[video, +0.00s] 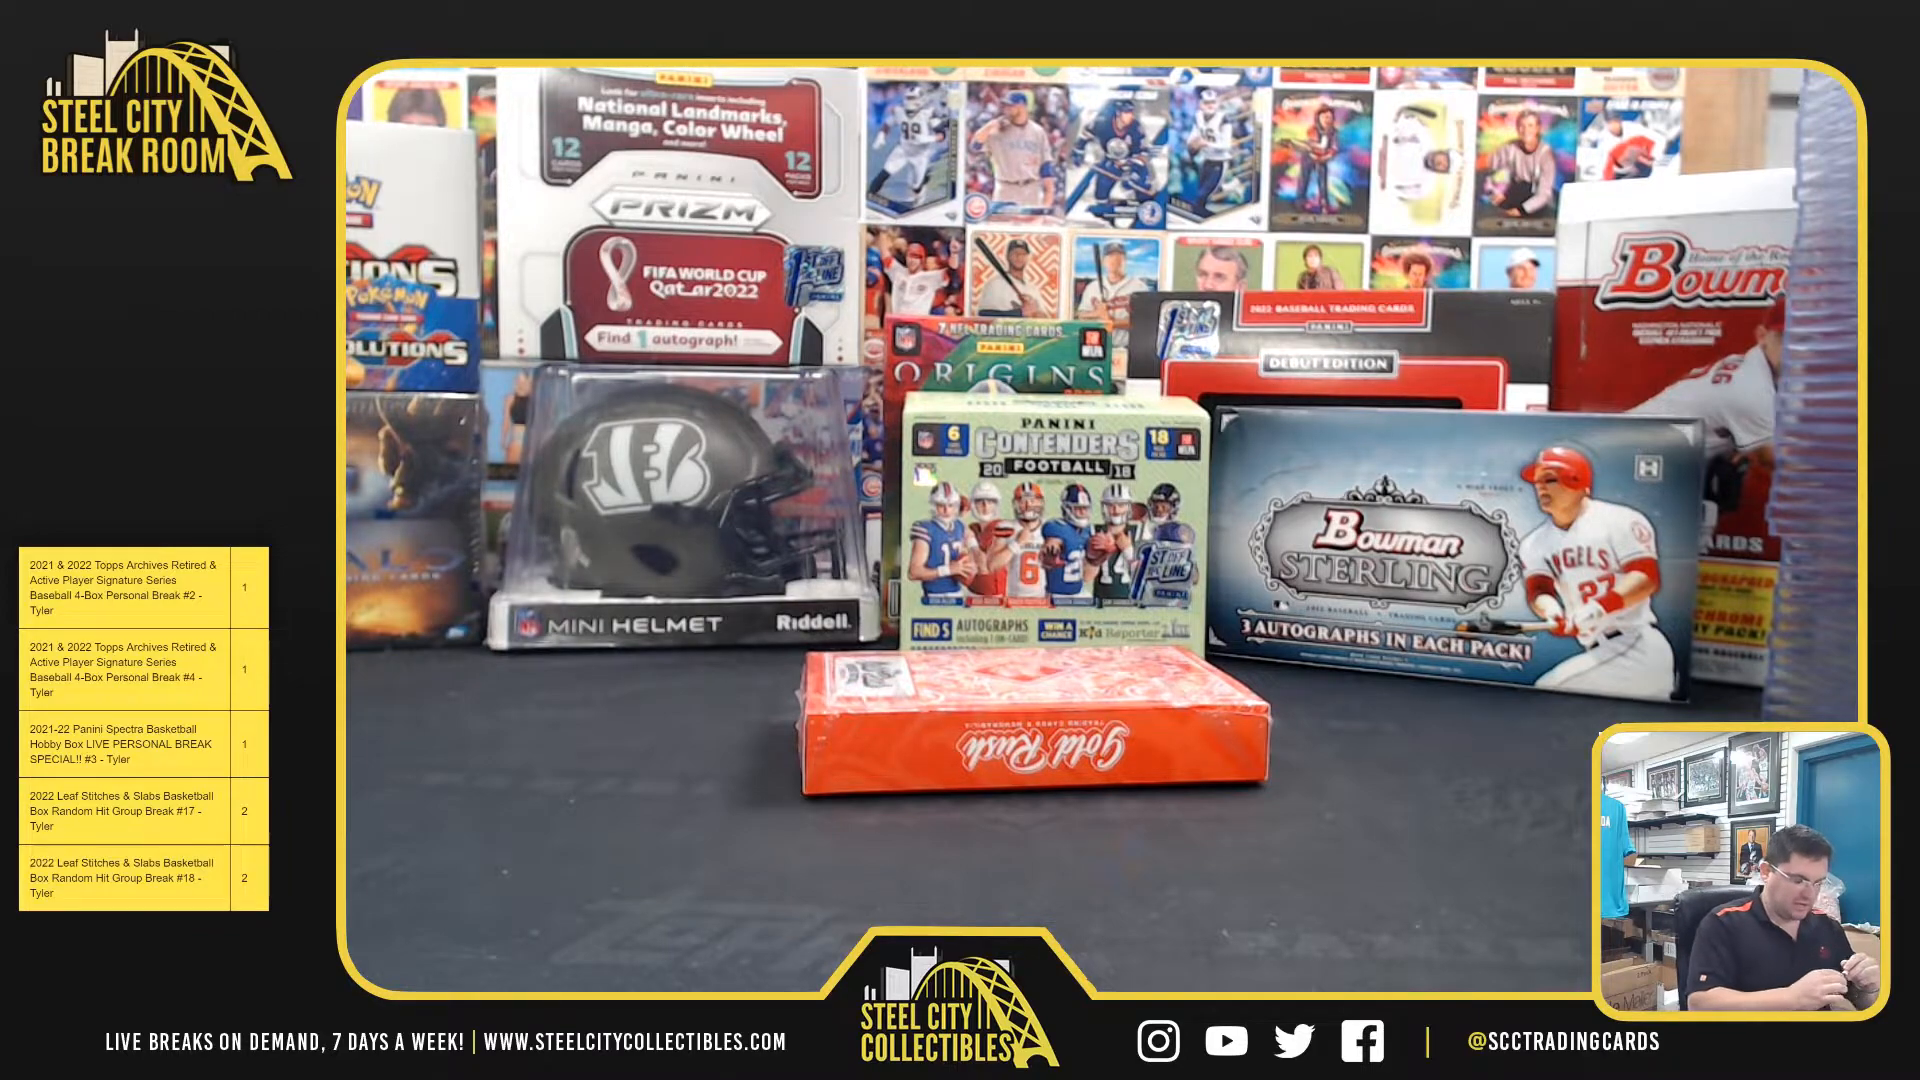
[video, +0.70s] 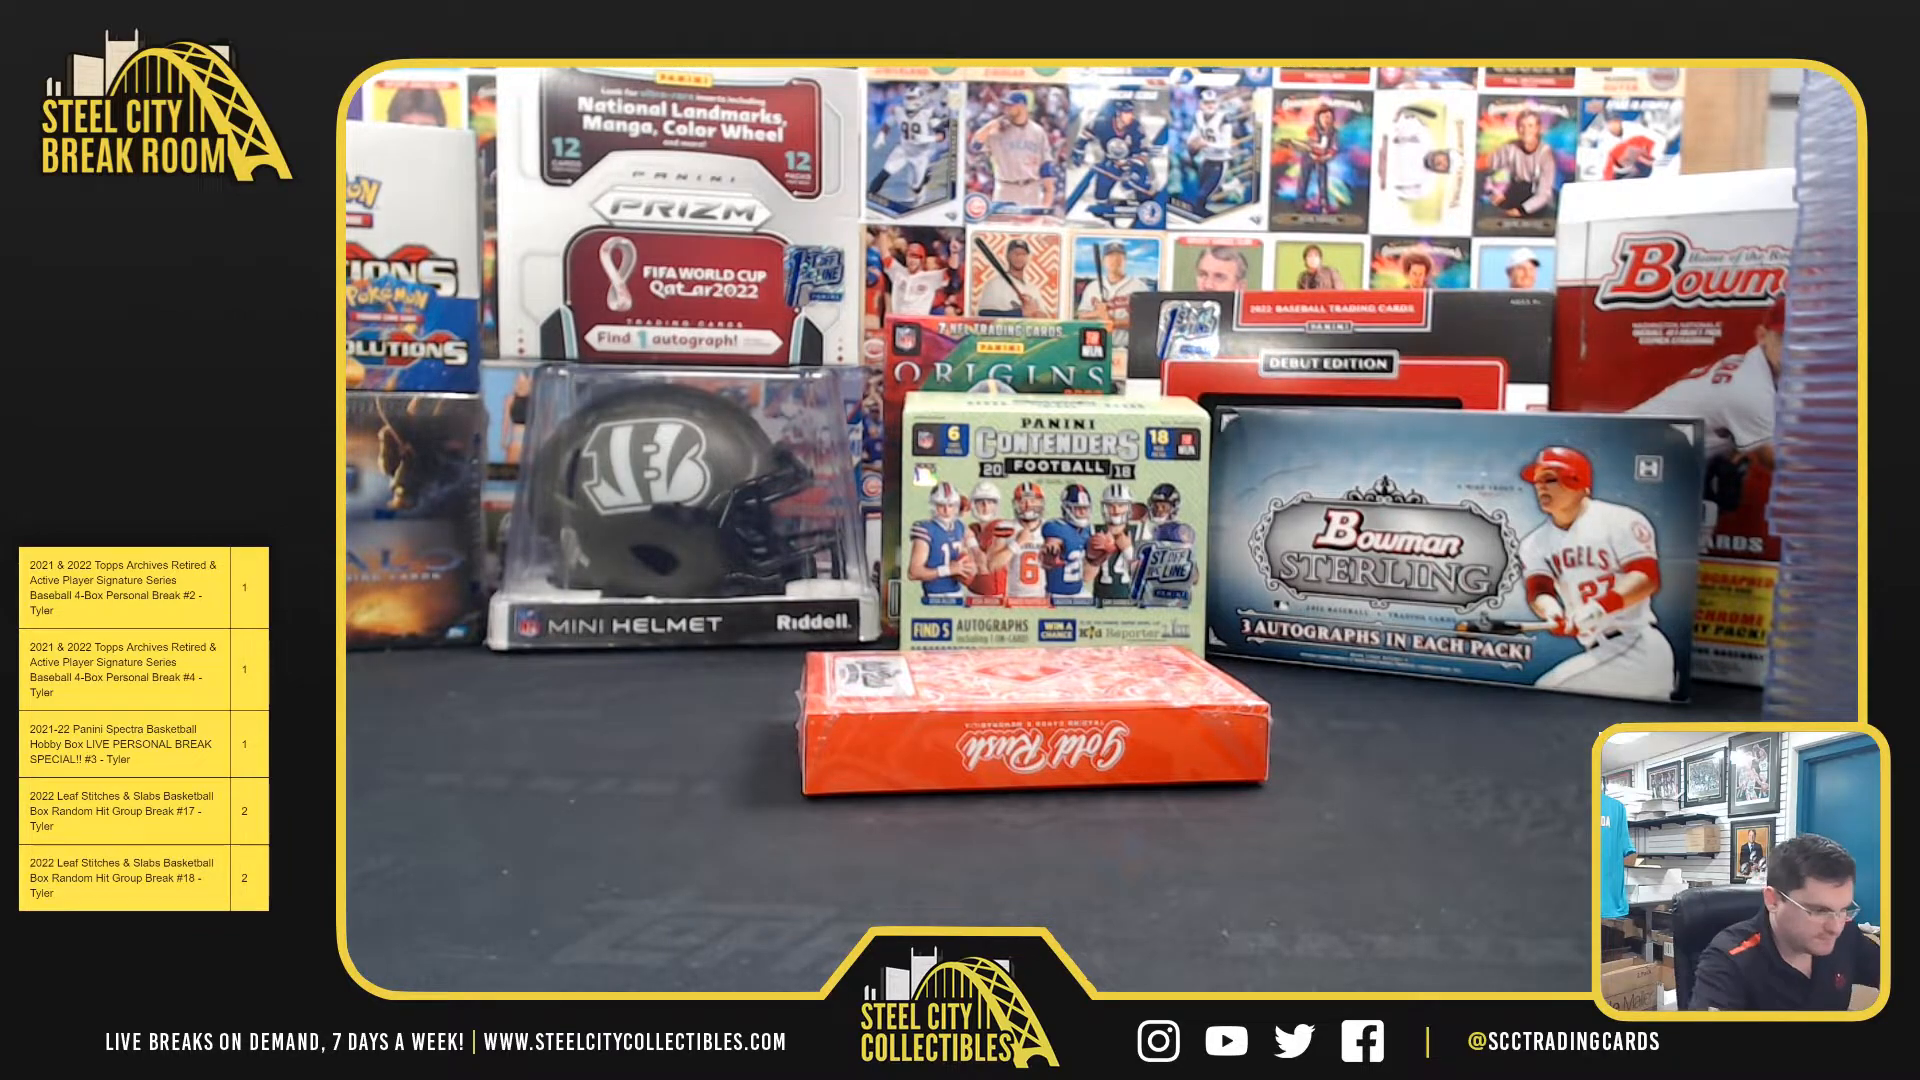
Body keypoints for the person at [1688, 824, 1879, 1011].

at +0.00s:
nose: (1809, 894)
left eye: (1818, 883)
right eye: (1798, 880)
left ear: (1823, 881)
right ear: (1766, 872)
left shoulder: (1828, 929)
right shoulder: (1721, 925)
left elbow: (1859, 1005)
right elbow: (1700, 1001)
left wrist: (1867, 987)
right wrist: (1791, 997)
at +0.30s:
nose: (1806, 896)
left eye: (1814, 884)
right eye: (1793, 882)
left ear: (1821, 880)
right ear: (1761, 875)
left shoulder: (1830, 927)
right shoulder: (1718, 930)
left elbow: (1866, 976)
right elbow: (1688, 1004)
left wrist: (1880, 990)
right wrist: (1771, 995)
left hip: (1823, 1049)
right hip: (1742, 1052)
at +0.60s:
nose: (1828, 919)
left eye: (1835, 903)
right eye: (1811, 904)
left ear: (1840, 894)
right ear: (1768, 894)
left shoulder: (1837, 932)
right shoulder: (1720, 956)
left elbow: (1872, 969)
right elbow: (1687, 1023)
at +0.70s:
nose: (1837, 928)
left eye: (1845, 910)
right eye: (1819, 912)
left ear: (1851, 901)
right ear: (1772, 900)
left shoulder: (1845, 936)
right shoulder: (1728, 958)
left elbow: (1895, 977)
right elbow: (1706, 1026)